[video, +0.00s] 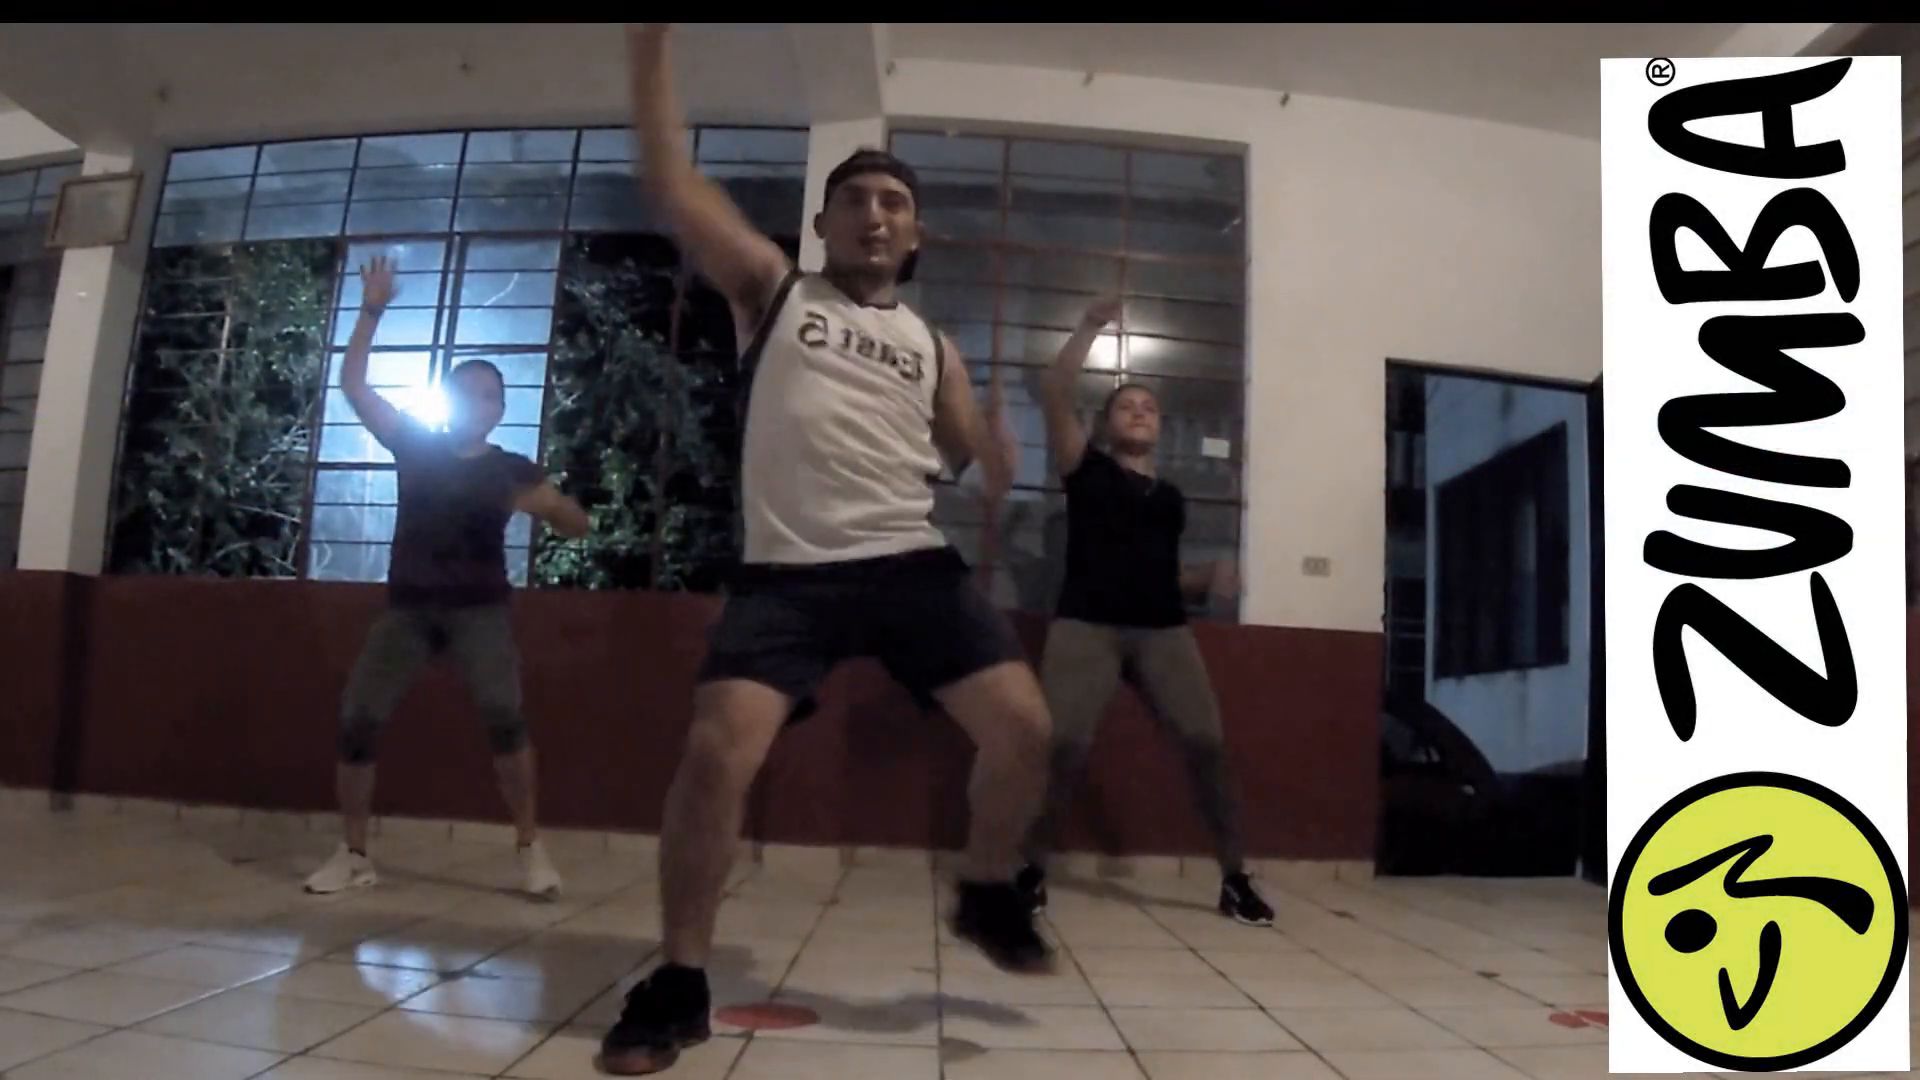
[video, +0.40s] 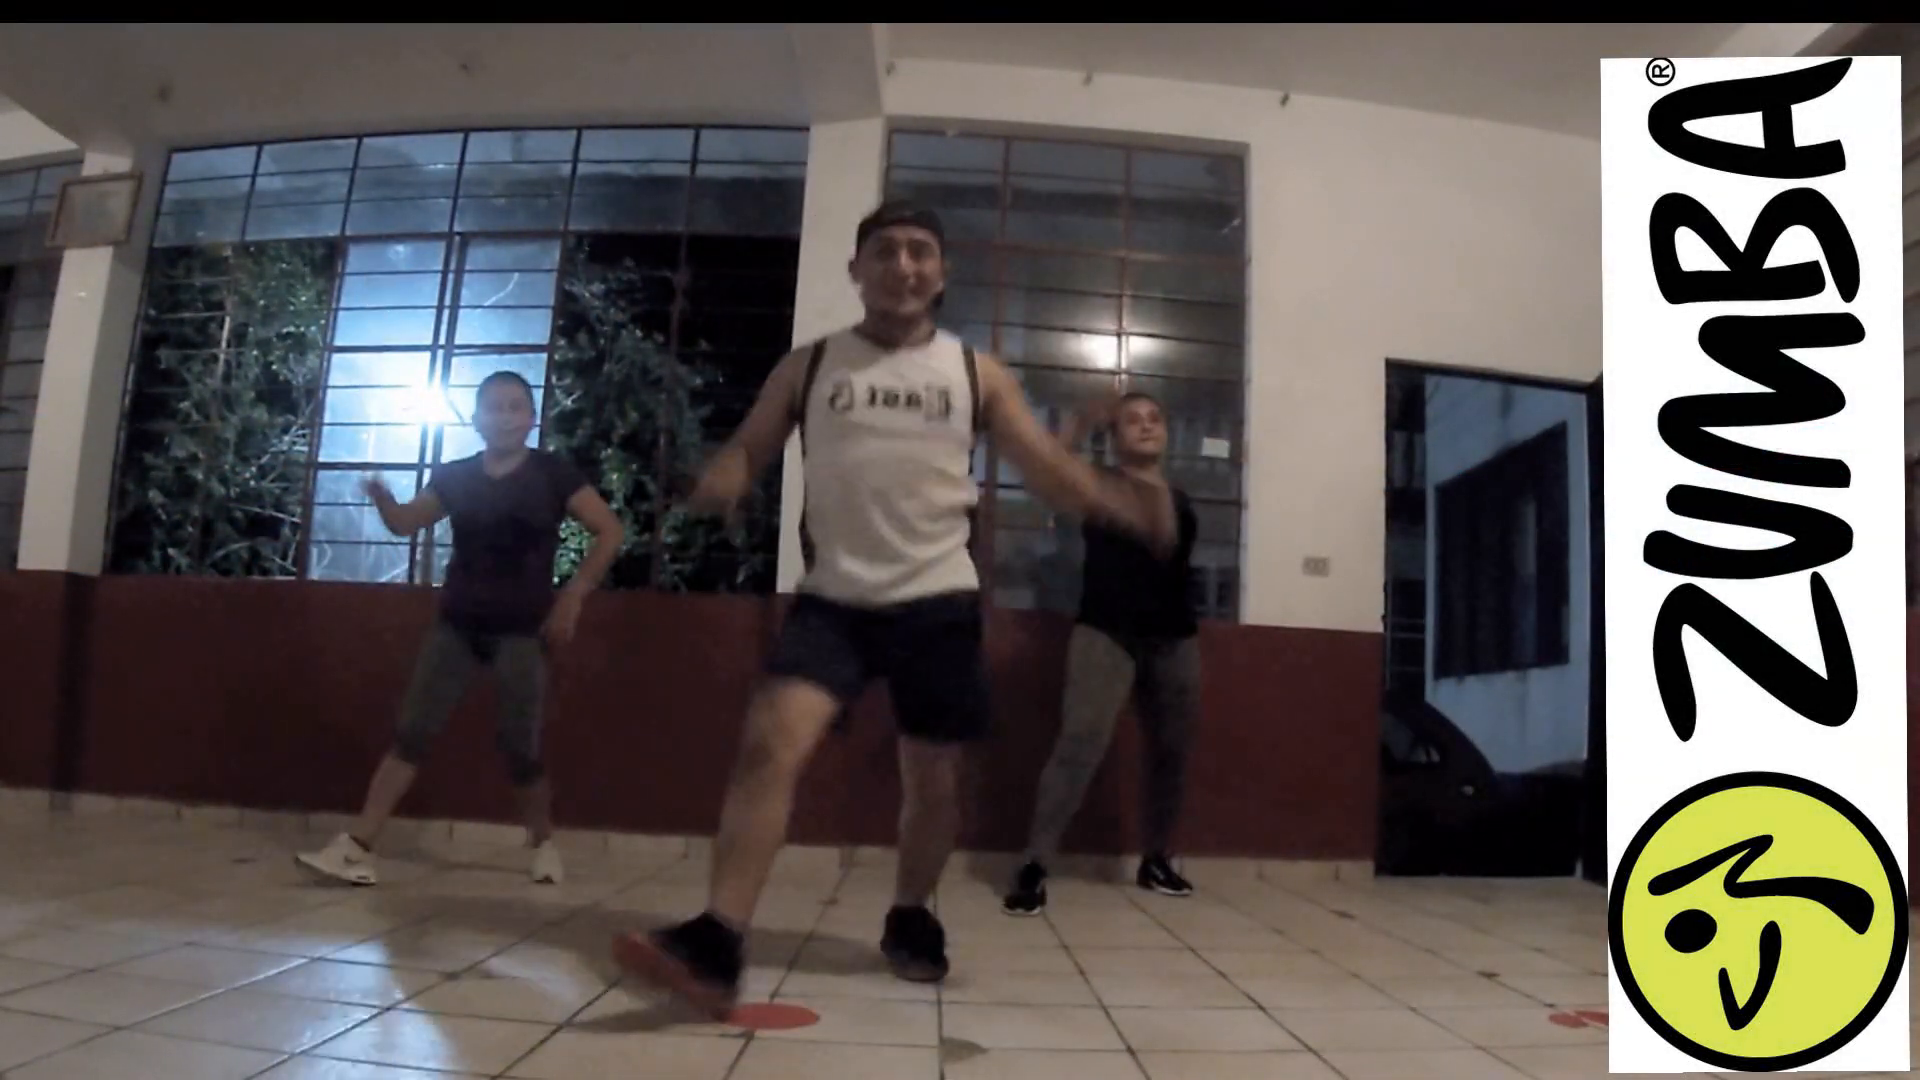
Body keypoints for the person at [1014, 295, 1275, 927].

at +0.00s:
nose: (1140, 414)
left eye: (1149, 409)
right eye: (1129, 407)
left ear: (1159, 429)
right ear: (1106, 423)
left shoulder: (1167, 498)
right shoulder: (1084, 470)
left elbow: (1164, 580)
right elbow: (1055, 390)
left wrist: (1206, 577)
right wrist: (1088, 327)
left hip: (1160, 628)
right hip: (1087, 624)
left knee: (1205, 739)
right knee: (1064, 743)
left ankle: (1234, 877)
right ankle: (1030, 872)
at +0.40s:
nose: (1146, 428)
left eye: (1153, 420)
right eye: (1134, 421)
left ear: (1165, 434)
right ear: (1114, 436)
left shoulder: (1178, 503)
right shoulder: (1101, 490)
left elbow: (1176, 554)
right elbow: (1055, 479)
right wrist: (1080, 423)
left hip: (1171, 634)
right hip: (1107, 630)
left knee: (1173, 748)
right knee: (1080, 744)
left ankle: (1157, 859)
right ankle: (1034, 865)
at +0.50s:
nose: (1153, 427)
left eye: (1160, 420)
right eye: (1141, 421)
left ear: (1172, 432)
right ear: (1121, 436)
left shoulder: (1194, 499)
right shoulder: (1107, 488)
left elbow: (1208, 575)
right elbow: (1054, 539)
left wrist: (1221, 635)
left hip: (1177, 638)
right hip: (1111, 634)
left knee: (1174, 749)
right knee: (1082, 740)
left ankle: (1157, 859)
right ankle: (1040, 857)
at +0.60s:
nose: (1150, 425)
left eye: (1158, 418)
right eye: (1139, 419)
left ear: (1171, 430)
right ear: (1120, 433)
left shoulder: (1194, 490)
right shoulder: (1102, 487)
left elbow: (1232, 555)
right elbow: (1072, 553)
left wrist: (1274, 603)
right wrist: (1074, 587)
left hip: (1174, 634)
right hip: (1107, 630)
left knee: (1172, 742)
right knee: (1082, 735)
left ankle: (1158, 857)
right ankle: (1058, 849)